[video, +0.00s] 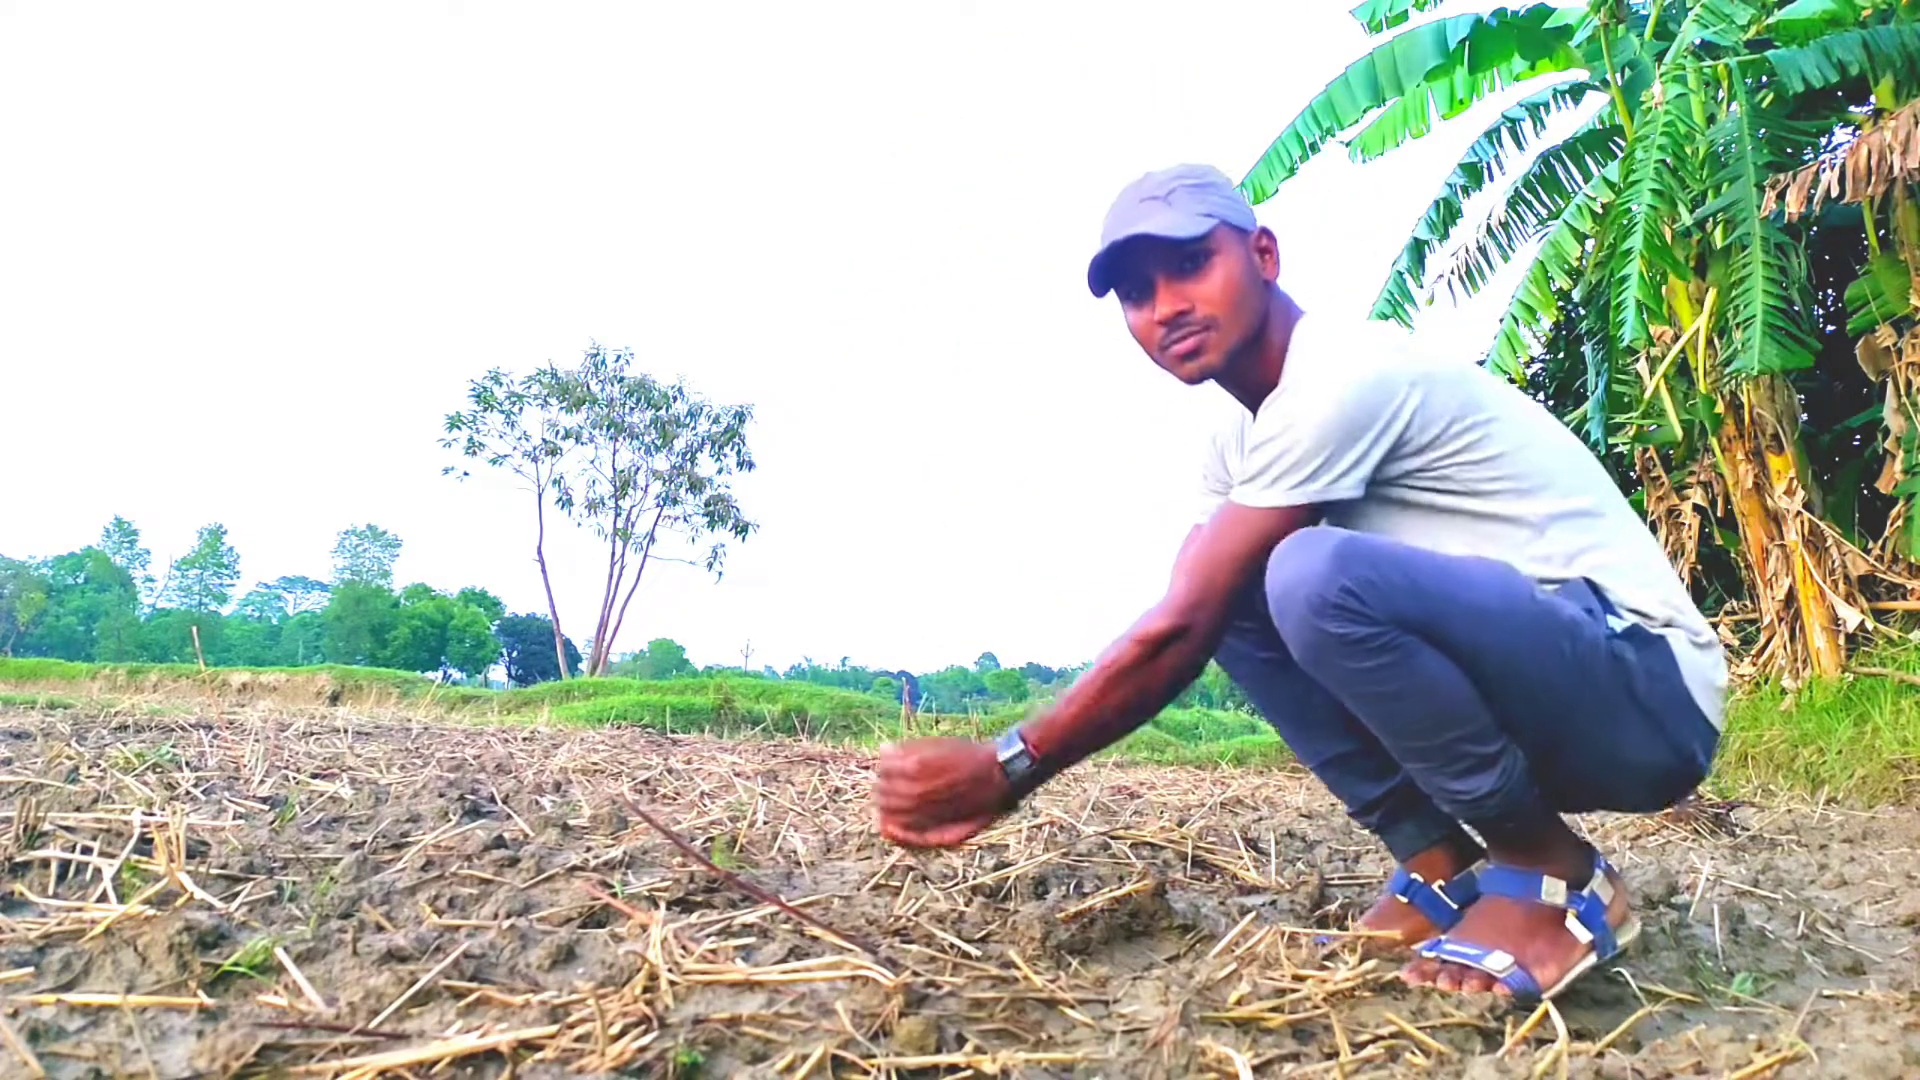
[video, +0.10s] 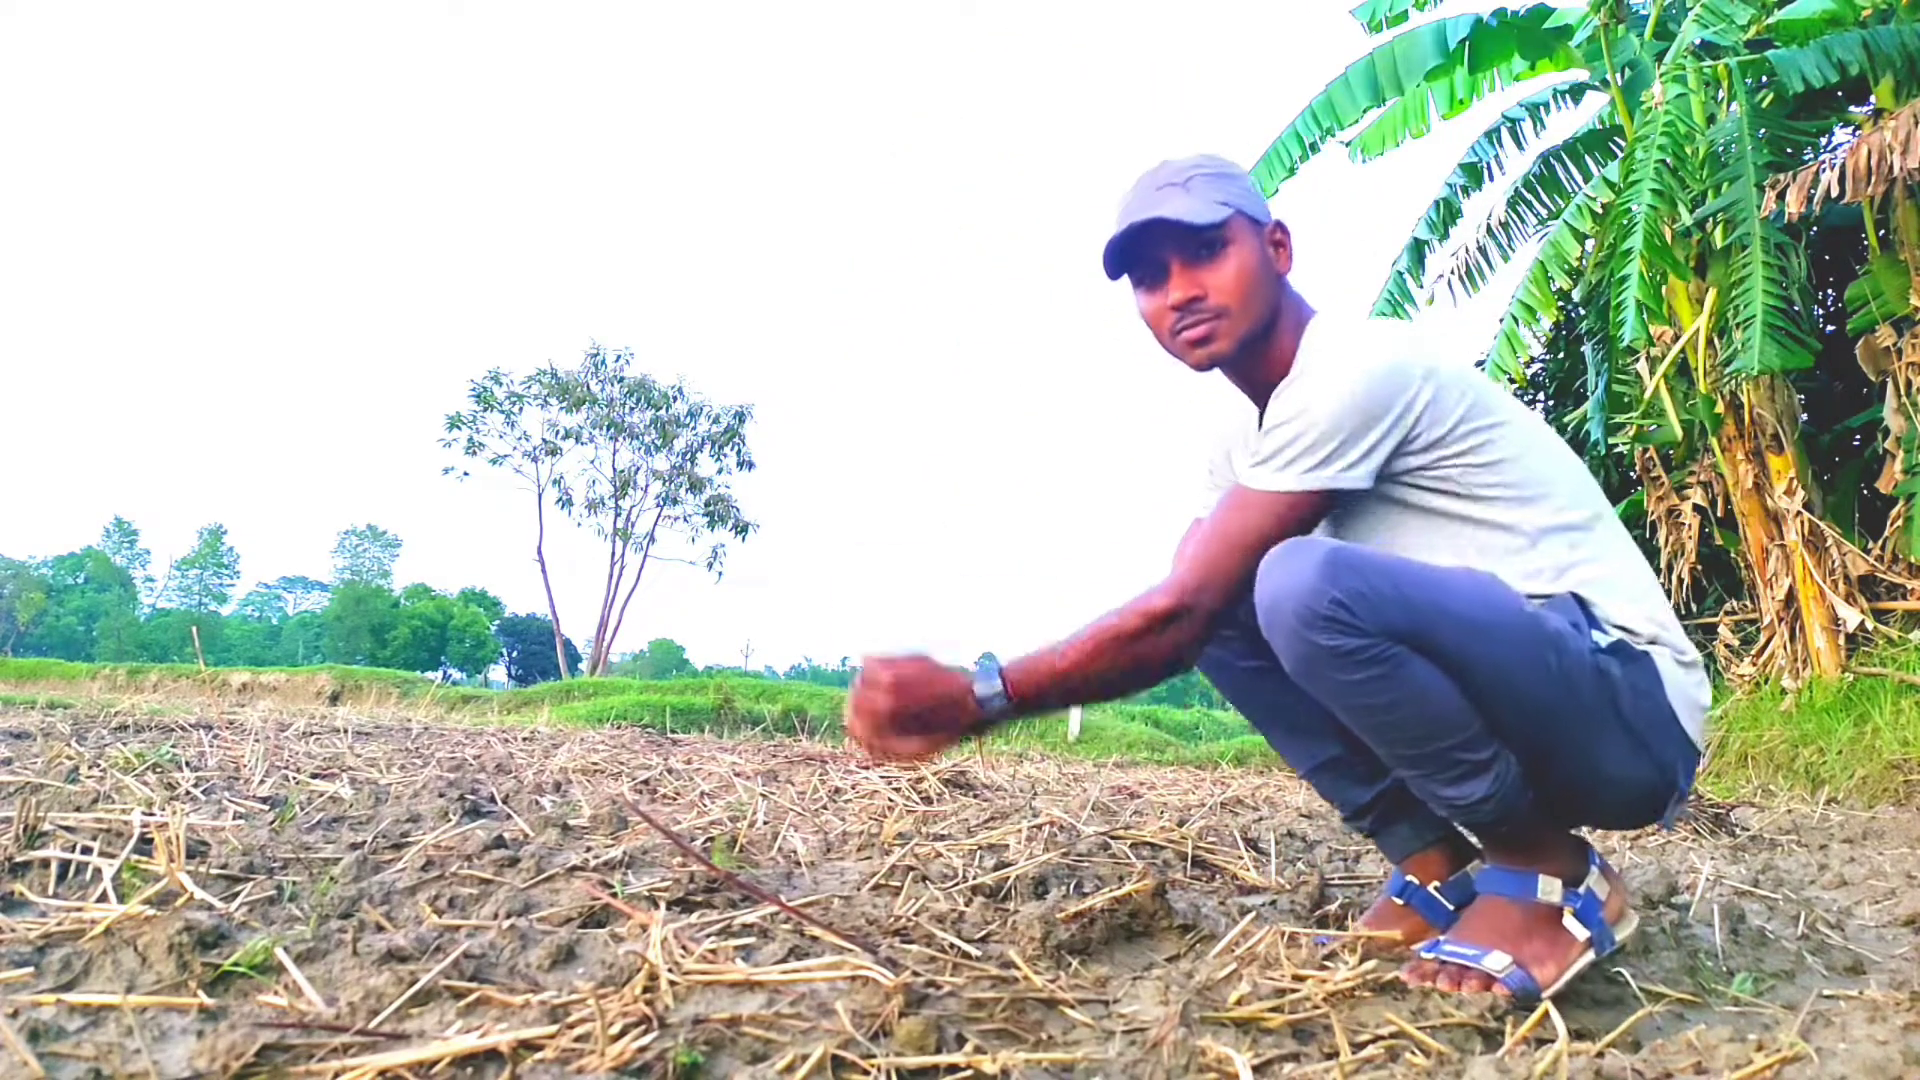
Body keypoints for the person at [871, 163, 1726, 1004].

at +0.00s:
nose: (1164, 306)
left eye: (1189, 263)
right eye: (1134, 290)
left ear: (1265, 255)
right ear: (1123, 319)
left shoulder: (1348, 378)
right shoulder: (1238, 445)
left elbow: (1180, 629)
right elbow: (1175, 647)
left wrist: (1008, 767)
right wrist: (1011, 770)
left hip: (1644, 684)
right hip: (1540, 702)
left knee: (1324, 581)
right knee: (1230, 611)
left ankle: (1550, 874)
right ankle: (1441, 865)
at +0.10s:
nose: (1178, 293)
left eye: (1204, 250)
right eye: (1148, 275)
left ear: (1277, 247)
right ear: (1138, 306)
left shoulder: (1360, 371)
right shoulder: (1246, 451)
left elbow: (1179, 611)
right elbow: (1182, 632)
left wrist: (983, 697)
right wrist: (985, 695)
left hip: (1630, 705)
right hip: (1522, 723)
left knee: (1305, 588)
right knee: (1215, 615)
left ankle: (1544, 881)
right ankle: (1442, 869)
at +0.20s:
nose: (1189, 269)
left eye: (1217, 227)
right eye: (1160, 251)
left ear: (1291, 231)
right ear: (1151, 286)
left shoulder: (1374, 347)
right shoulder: (1266, 428)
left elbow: (1171, 566)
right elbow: (1157, 611)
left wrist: (962, 605)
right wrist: (972, 613)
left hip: (1620, 694)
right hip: (1507, 715)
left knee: (1304, 593)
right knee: (1199, 608)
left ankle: (1548, 876)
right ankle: (1443, 867)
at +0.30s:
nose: (1210, 242)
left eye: (1238, 204)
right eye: (1183, 223)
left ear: (1312, 208)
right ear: (1170, 256)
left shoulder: (1383, 320)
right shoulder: (1281, 390)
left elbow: (1148, 473)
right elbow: (1124, 531)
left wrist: (947, 448)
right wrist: (953, 461)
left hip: (1608, 694)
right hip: (1497, 713)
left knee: (1298, 589)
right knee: (1180, 610)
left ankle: (1544, 872)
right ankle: (1439, 869)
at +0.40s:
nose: (1225, 230)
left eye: (1255, 195)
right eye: (1197, 211)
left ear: (1326, 199)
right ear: (1182, 241)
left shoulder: (1389, 306)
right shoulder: (1278, 380)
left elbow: (1139, 395)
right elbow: (1099, 482)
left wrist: (952, 347)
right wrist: (959, 372)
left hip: (1598, 697)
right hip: (1484, 713)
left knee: (1289, 595)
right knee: (1168, 624)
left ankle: (1534, 862)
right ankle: (1435, 870)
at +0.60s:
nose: (1246, 205)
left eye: (1277, 169)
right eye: (1221, 187)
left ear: (1350, 179)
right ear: (1207, 216)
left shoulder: (1410, 265)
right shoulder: (1281, 349)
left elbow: (1153, 282)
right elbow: (1093, 390)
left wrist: (992, 206)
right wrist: (984, 239)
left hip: (1585, 682)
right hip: (1464, 694)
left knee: (1279, 597)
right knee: (1158, 639)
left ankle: (1535, 859)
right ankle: (1436, 865)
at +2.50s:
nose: (1275, 167)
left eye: (1309, 132)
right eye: (1247, 148)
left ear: (1379, 149)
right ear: (1231, 180)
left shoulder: (1443, 239)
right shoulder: (1295, 328)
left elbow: (1189, 278)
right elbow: (1116, 383)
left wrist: (1011, 212)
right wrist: (991, 257)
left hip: (1566, 670)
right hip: (1435, 684)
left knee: (1271, 611)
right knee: (1124, 681)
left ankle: (1520, 859)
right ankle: (1425, 854)